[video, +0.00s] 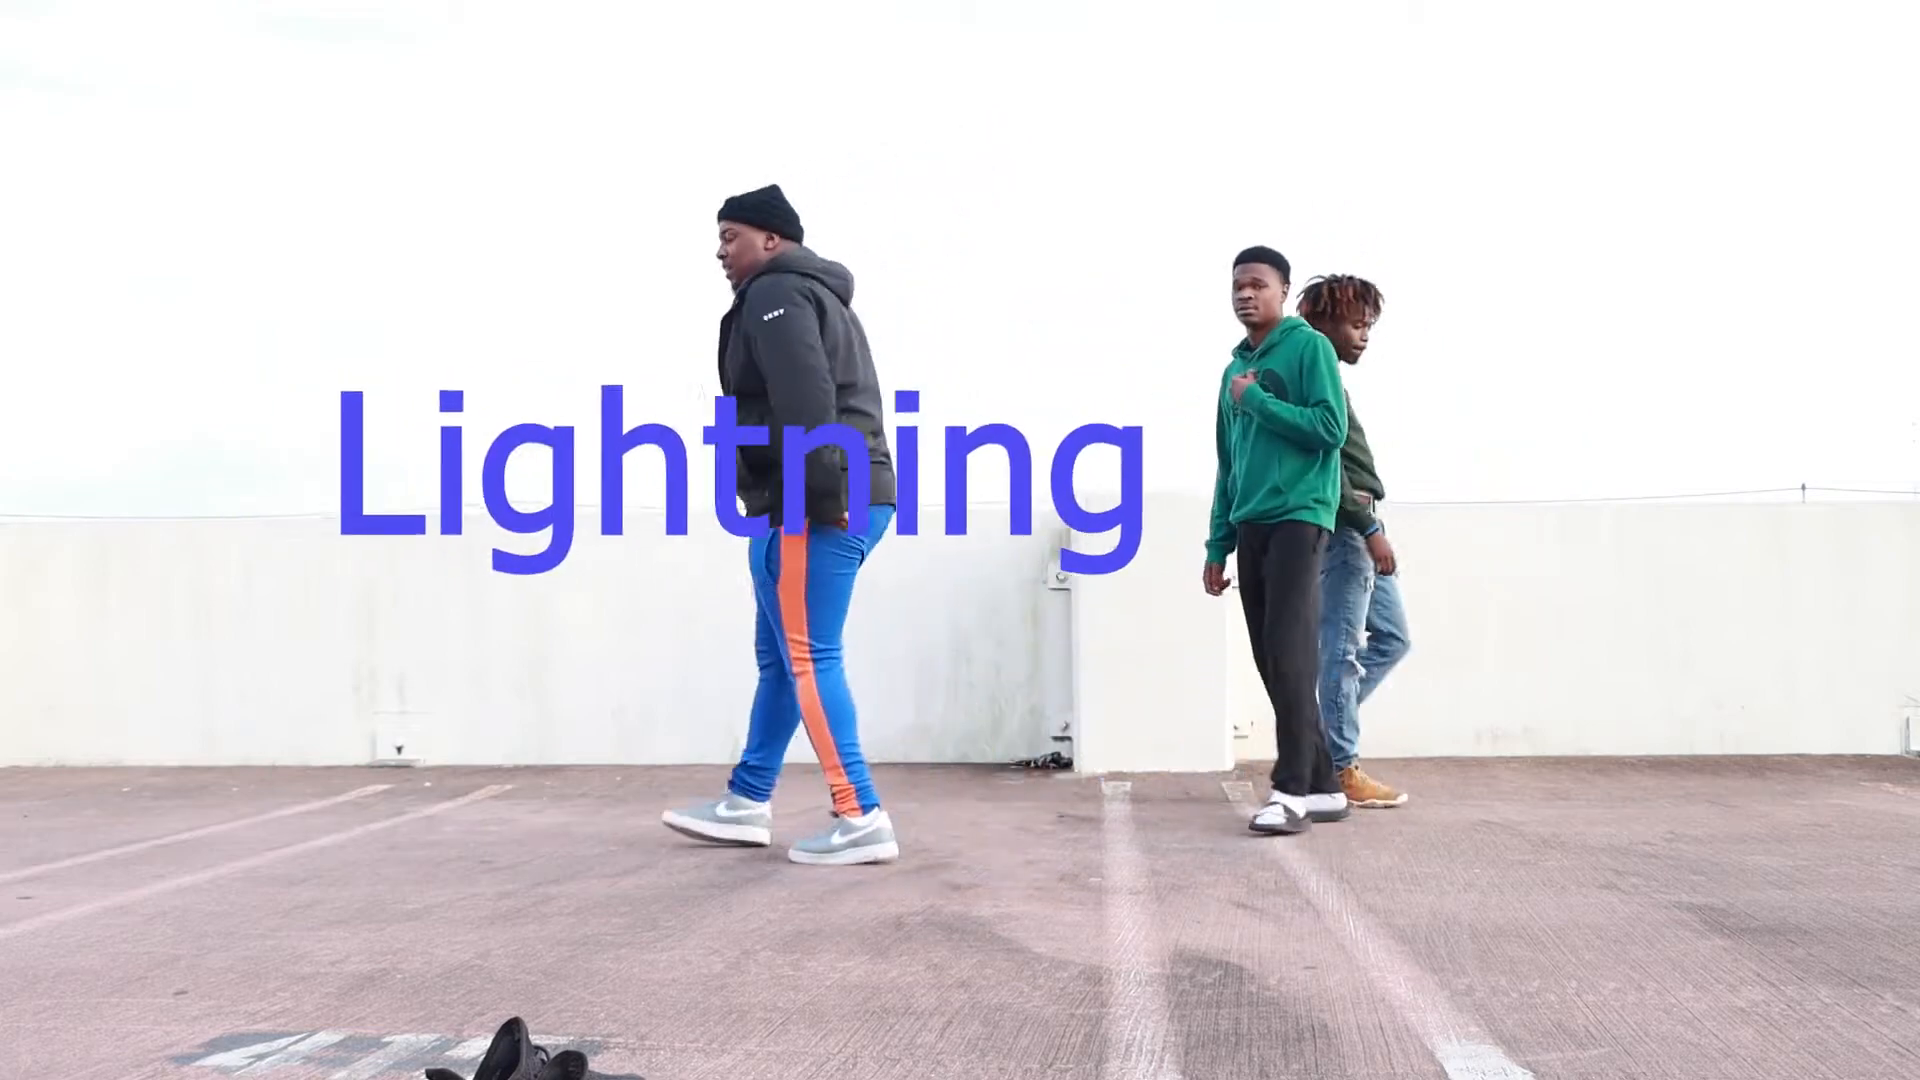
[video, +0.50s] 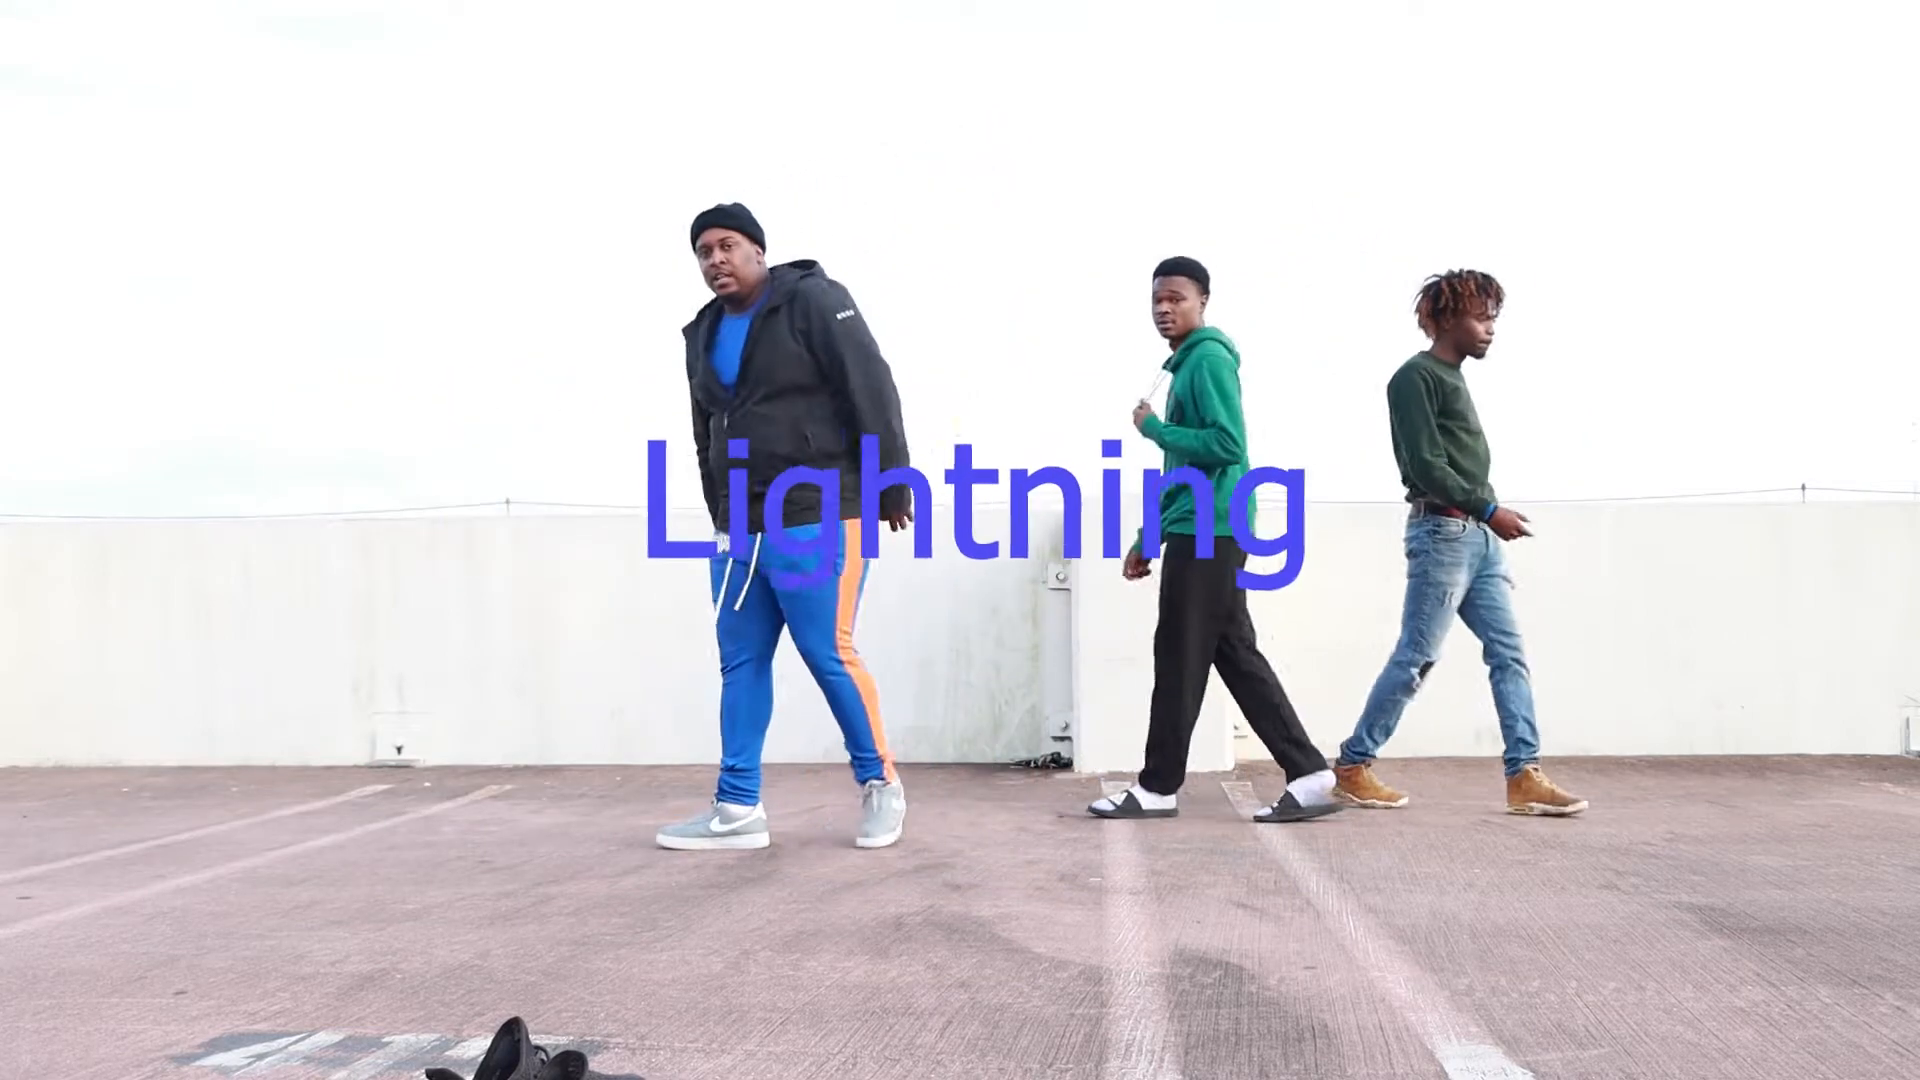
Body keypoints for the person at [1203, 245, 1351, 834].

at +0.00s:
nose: (1246, 295)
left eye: (1257, 285)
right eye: (1239, 287)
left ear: (1284, 290)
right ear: (1232, 297)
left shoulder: (1308, 346)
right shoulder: (1235, 368)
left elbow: (1329, 431)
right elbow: (1228, 466)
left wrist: (1255, 398)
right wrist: (1218, 547)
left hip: (1297, 518)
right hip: (1251, 523)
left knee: (1290, 653)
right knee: (1272, 657)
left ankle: (1291, 792)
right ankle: (1322, 785)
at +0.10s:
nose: (1236, 298)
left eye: (1247, 288)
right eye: (1228, 290)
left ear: (1273, 294)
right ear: (1221, 300)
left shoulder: (1296, 347)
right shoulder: (1226, 370)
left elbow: (1327, 428)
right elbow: (1222, 473)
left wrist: (1250, 403)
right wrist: (1215, 552)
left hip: (1288, 516)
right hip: (1244, 521)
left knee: (1254, 641)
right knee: (1279, 651)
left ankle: (1249, 791)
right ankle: (1321, 788)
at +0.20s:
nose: (1222, 300)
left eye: (1233, 291)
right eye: (1214, 293)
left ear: (1259, 296)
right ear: (1207, 304)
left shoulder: (1281, 348)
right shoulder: (1218, 369)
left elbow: (1315, 429)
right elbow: (1211, 467)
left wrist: (1236, 408)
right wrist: (1205, 556)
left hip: (1274, 519)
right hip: (1235, 523)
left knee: (1229, 644)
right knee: (1275, 656)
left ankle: (1205, 790)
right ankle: (1320, 789)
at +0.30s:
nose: (1207, 304)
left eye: (1218, 294)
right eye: (1199, 297)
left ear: (1243, 300)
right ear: (1193, 308)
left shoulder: (1261, 351)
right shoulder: (1212, 370)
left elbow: (1296, 433)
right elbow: (1204, 472)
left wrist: (1218, 413)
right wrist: (1191, 558)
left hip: (1258, 527)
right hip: (1228, 530)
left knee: (1210, 655)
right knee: (1268, 657)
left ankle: (1170, 787)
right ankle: (1321, 788)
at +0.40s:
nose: (1187, 309)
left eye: (1199, 299)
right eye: (1180, 300)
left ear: (1225, 304)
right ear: (1175, 309)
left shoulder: (1236, 355)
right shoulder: (1200, 369)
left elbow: (1267, 439)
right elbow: (1192, 474)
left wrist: (1188, 419)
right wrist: (1168, 550)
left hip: (1232, 533)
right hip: (1219, 533)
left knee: (1194, 658)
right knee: (1258, 658)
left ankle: (1159, 788)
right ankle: (1318, 784)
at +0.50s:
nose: (1165, 309)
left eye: (1177, 298)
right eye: (1158, 300)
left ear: (1203, 305)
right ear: (1153, 308)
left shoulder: (1208, 357)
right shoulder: (1187, 365)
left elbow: (1227, 446)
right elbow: (1178, 472)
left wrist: (1158, 429)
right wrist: (1149, 539)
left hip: (1204, 532)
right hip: (1197, 532)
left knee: (1179, 657)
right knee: (1237, 656)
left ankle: (1157, 788)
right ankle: (1311, 776)